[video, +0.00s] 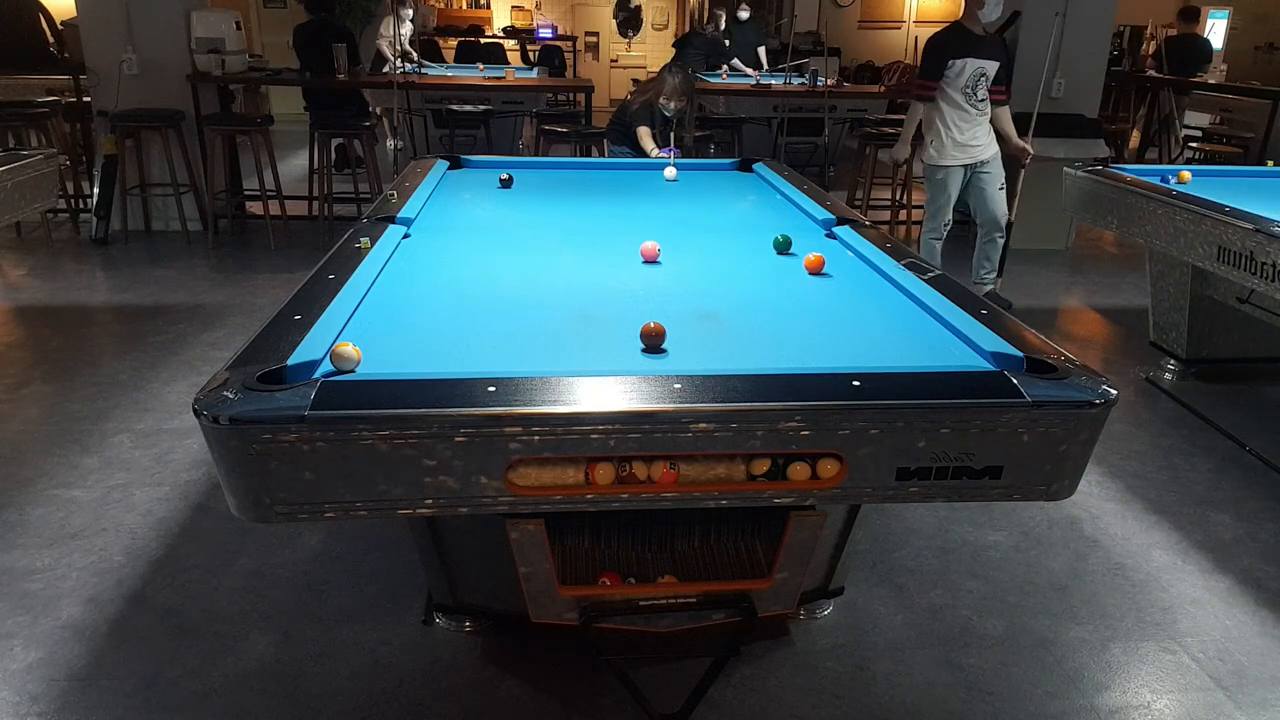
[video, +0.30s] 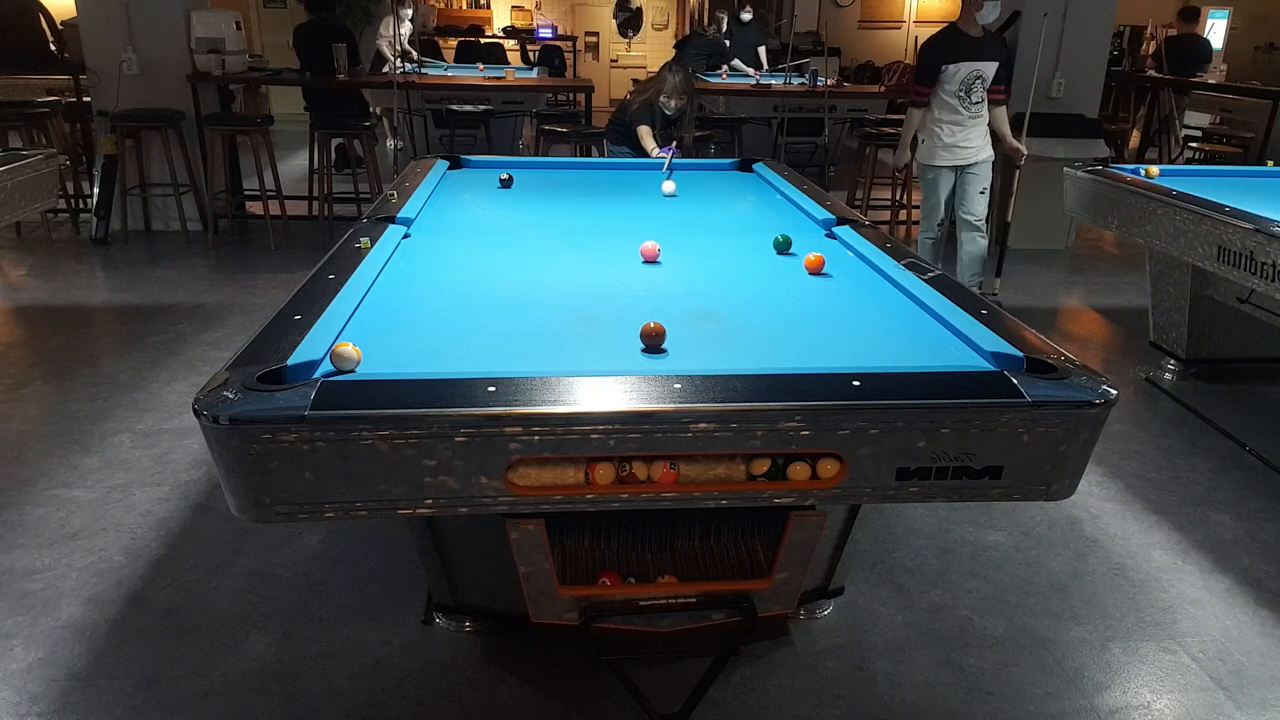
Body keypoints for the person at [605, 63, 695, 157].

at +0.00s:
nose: (673, 106)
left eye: (680, 100)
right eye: (666, 99)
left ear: (689, 99)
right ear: (656, 93)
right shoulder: (641, 102)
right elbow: (643, 135)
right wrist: (656, 153)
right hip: (623, 142)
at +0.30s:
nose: (673, 105)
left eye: (681, 99)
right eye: (666, 98)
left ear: (689, 97)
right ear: (656, 92)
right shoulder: (641, 101)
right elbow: (644, 134)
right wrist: (656, 153)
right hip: (622, 143)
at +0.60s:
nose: (673, 103)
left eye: (680, 97)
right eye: (666, 96)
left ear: (689, 96)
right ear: (656, 90)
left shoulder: (686, 104)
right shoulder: (641, 100)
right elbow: (643, 134)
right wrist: (656, 153)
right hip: (623, 143)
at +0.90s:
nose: (672, 102)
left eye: (680, 96)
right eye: (666, 95)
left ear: (689, 96)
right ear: (657, 90)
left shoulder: (686, 104)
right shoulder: (641, 100)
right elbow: (643, 134)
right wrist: (656, 153)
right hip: (623, 143)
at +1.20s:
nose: (672, 99)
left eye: (680, 93)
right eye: (665, 92)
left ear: (688, 93)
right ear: (656, 88)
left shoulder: (685, 103)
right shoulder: (642, 100)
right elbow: (644, 134)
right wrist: (656, 153)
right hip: (624, 142)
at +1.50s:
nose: (673, 97)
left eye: (680, 91)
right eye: (666, 89)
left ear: (689, 90)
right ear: (657, 86)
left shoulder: (687, 101)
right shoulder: (642, 100)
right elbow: (644, 131)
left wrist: (674, 143)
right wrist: (656, 152)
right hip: (624, 142)